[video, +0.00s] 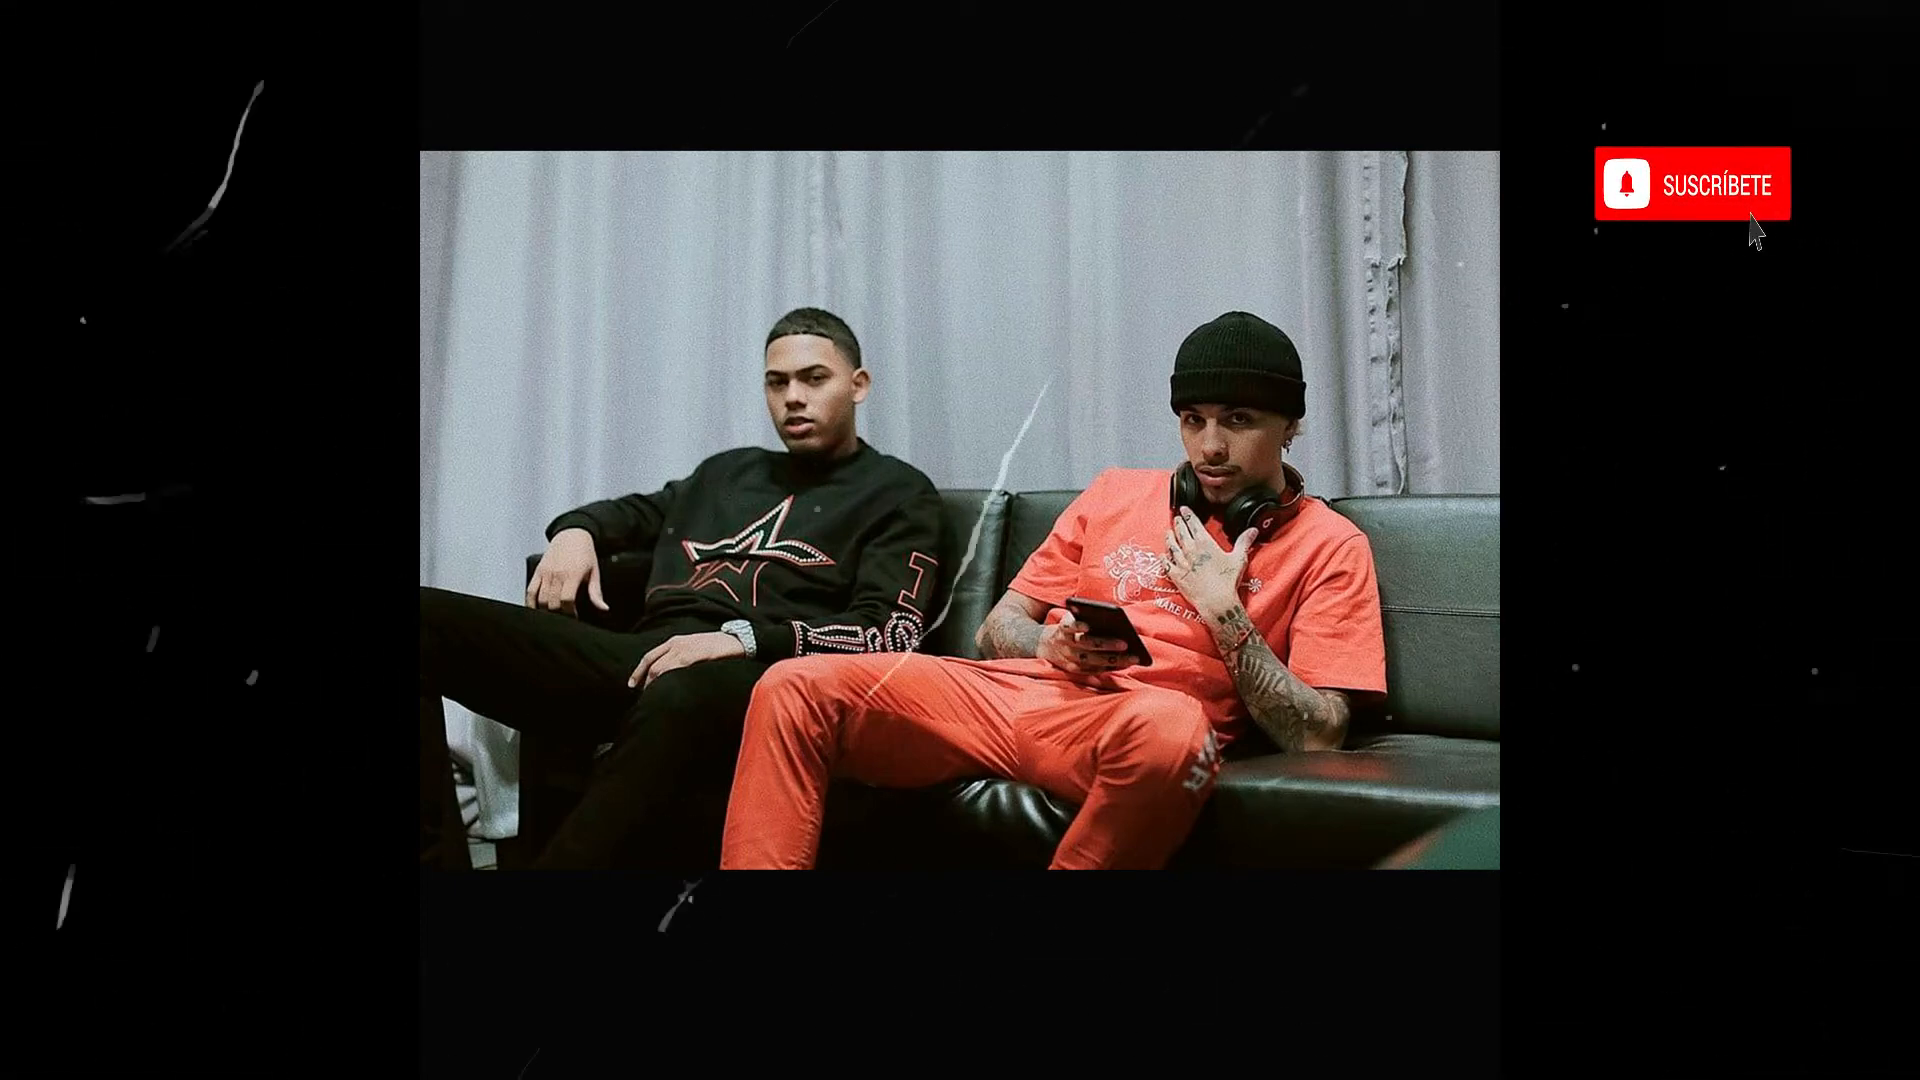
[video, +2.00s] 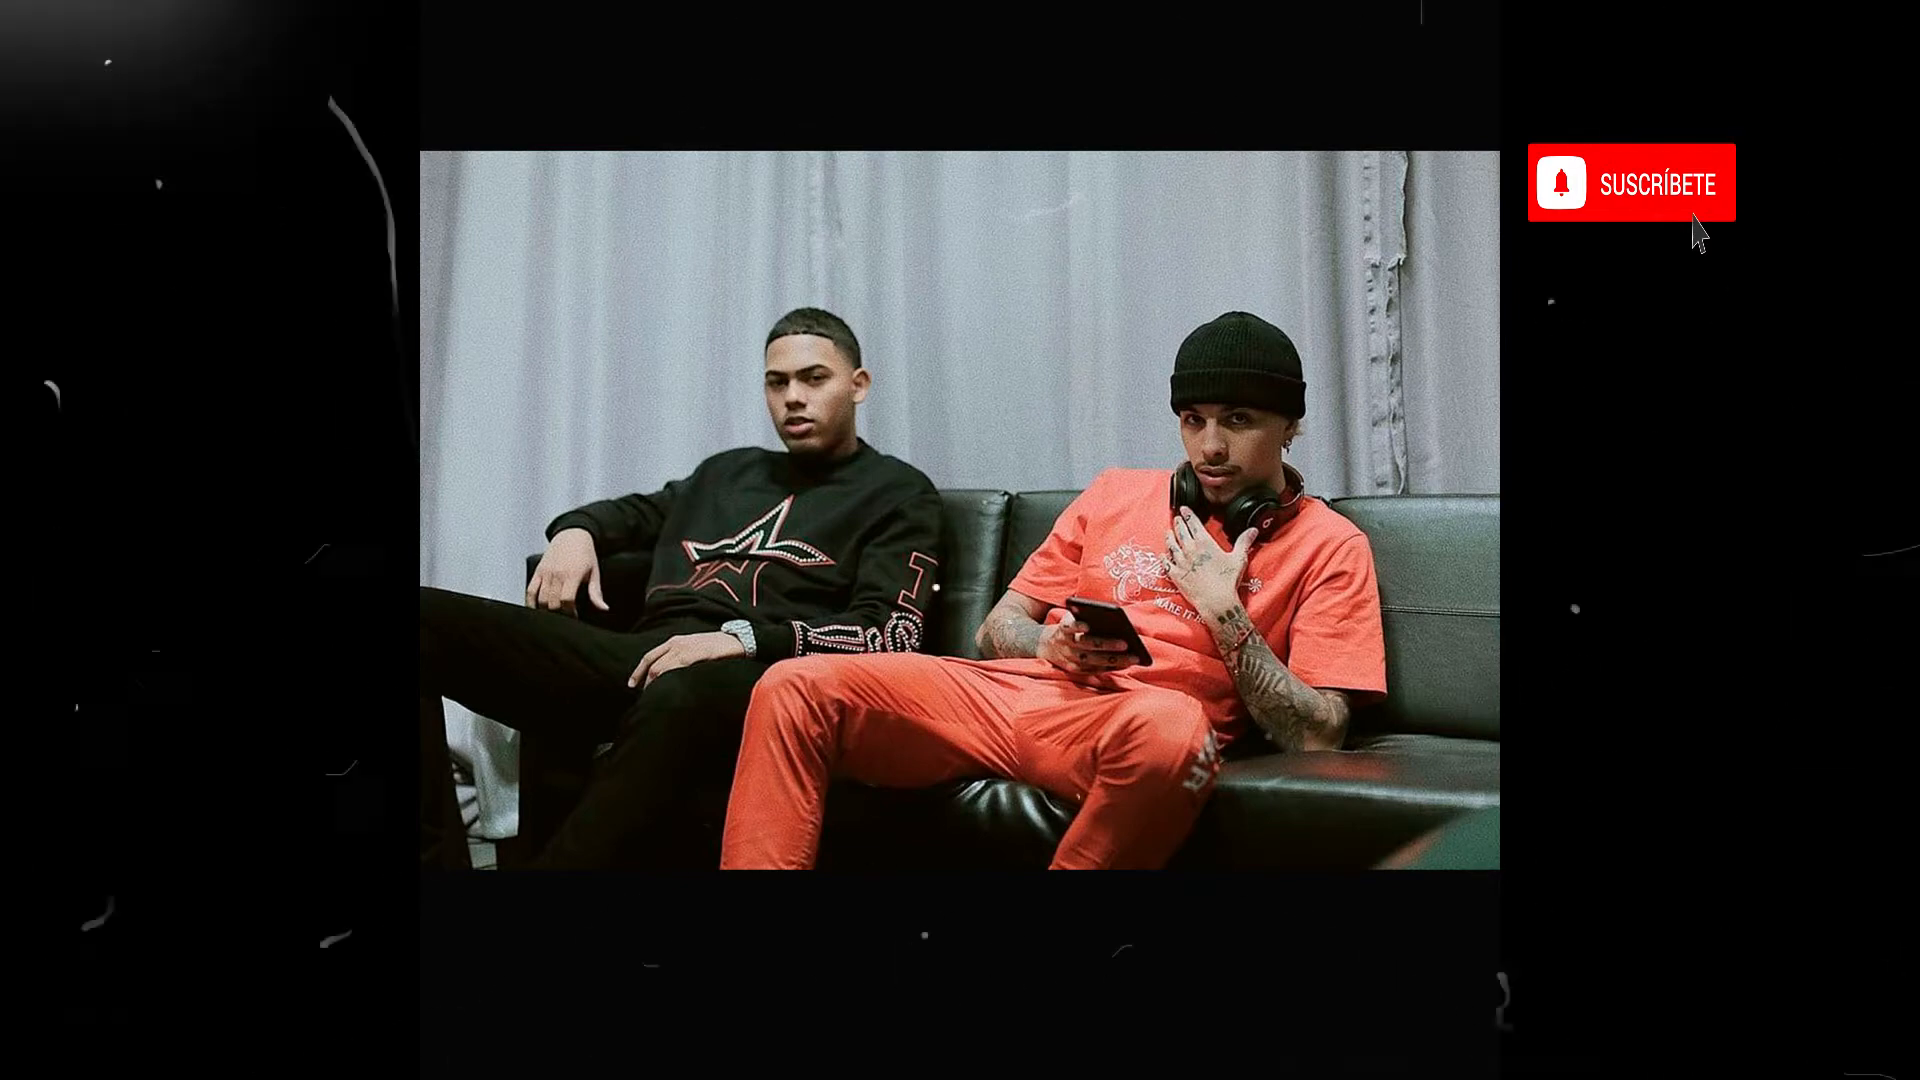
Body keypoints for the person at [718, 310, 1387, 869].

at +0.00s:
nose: (1210, 446)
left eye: (1238, 421)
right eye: (1195, 419)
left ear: (1289, 428)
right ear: (1178, 422)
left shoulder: (1328, 546)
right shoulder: (1117, 493)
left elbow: (1318, 735)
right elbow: (1000, 625)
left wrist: (1227, 616)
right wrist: (1051, 647)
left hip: (1133, 707)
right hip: (1015, 685)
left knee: (1169, 747)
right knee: (791, 694)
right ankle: (755, 914)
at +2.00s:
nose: (1210, 445)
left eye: (1238, 421)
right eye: (1196, 419)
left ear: (1289, 429)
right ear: (1179, 422)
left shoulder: (1328, 546)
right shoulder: (1118, 492)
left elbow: (1318, 734)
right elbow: (999, 626)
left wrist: (1227, 614)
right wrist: (1050, 647)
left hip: (1133, 707)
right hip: (1014, 685)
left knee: (1170, 747)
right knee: (792, 693)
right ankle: (758, 918)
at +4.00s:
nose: (1211, 445)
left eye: (1238, 421)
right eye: (1196, 419)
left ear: (1289, 429)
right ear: (1178, 422)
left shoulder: (1329, 545)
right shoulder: (1118, 492)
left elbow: (1318, 735)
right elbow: (999, 627)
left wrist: (1227, 615)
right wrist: (1050, 647)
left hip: (1129, 709)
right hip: (1013, 686)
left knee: (1171, 746)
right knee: (792, 693)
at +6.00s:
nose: (1210, 445)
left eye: (1238, 421)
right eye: (1195, 419)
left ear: (1288, 429)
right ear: (1179, 422)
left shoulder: (1329, 546)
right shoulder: (1117, 493)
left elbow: (1318, 735)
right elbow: (999, 625)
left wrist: (1227, 615)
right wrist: (1051, 647)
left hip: (1131, 708)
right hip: (1013, 685)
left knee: (1171, 745)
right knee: (792, 693)